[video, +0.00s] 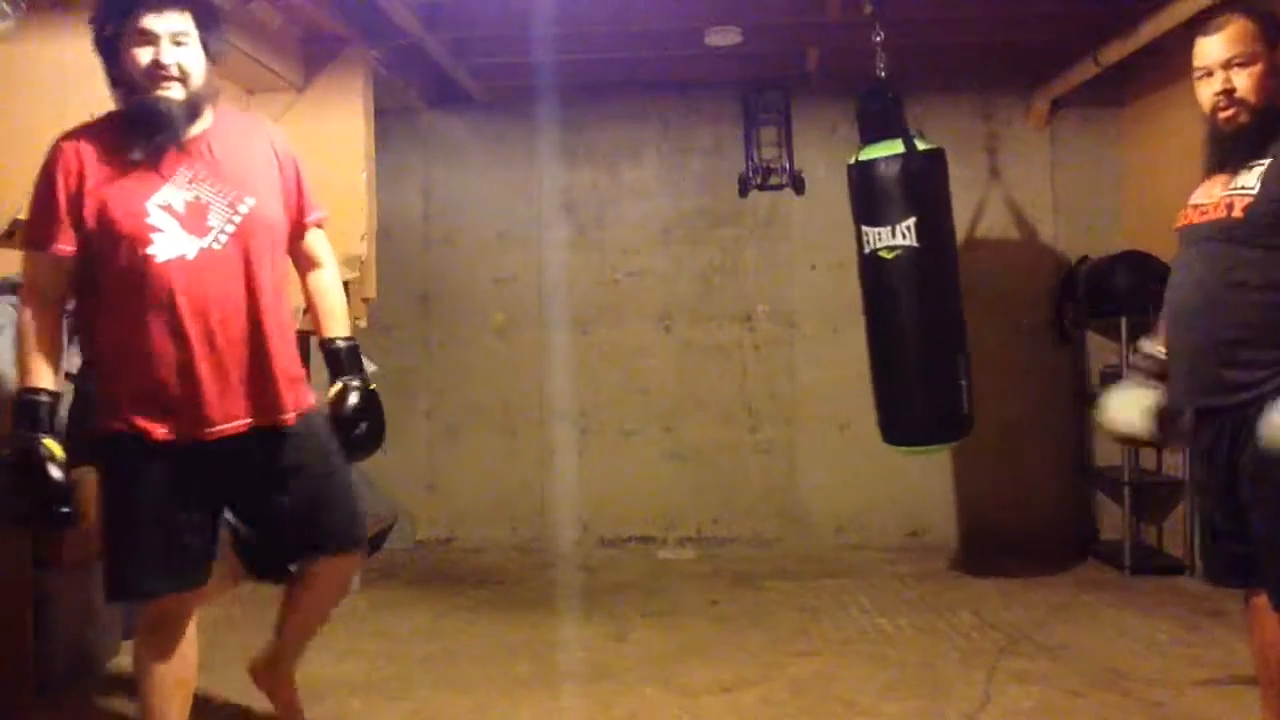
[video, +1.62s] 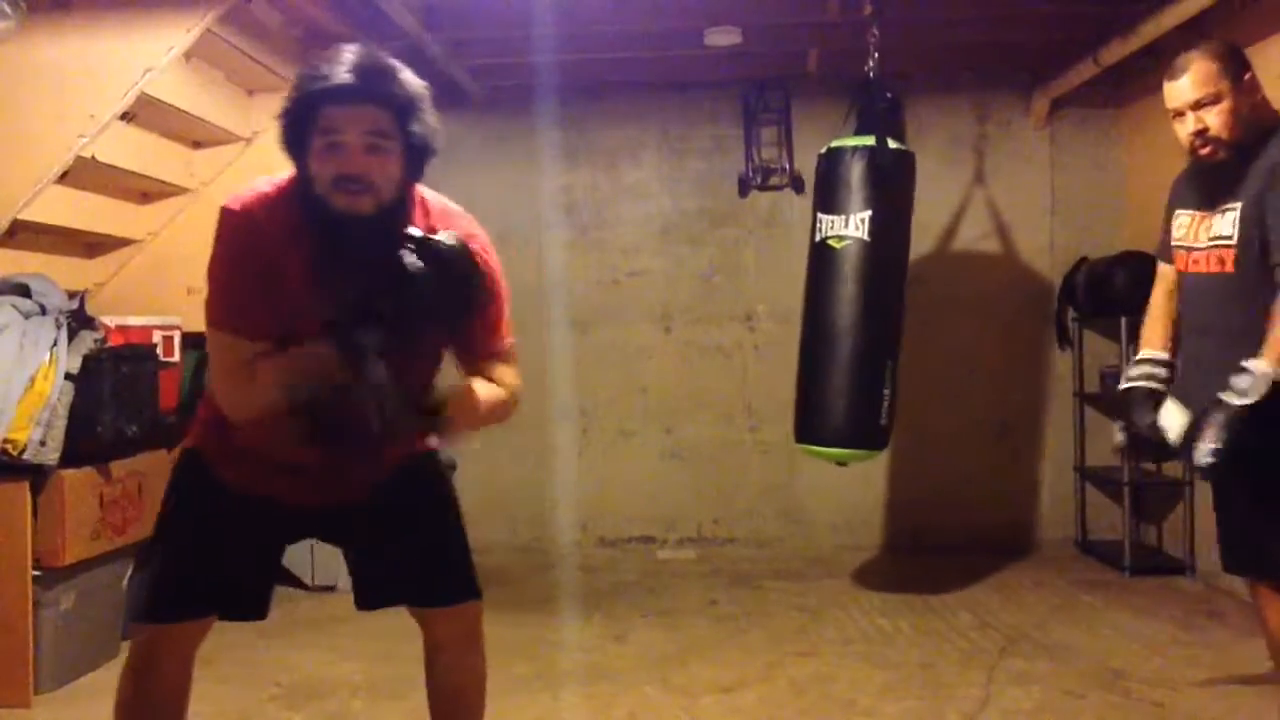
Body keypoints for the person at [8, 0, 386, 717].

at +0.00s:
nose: (165, 55)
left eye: (181, 40)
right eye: (145, 41)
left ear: (207, 54)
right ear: (113, 56)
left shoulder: (260, 142)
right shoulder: (80, 158)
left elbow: (316, 258)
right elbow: (43, 300)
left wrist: (349, 368)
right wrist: (39, 422)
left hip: (271, 408)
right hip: (148, 426)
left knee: (338, 545)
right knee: (167, 604)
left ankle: (280, 662)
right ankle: (163, 718)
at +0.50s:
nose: (170, 74)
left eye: (188, 53)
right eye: (149, 55)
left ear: (221, 62)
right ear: (120, 68)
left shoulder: (283, 152)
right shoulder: (83, 175)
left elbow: (345, 275)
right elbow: (47, 317)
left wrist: (369, 395)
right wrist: (33, 443)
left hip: (283, 439)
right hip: (148, 456)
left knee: (346, 598)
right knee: (142, 639)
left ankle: (363, 715)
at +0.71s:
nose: (229, 101)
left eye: (250, 81)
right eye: (208, 82)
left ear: (288, 88)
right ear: (180, 92)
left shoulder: (342, 176)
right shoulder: (145, 186)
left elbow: (407, 303)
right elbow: (96, 318)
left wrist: (423, 431)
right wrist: (82, 446)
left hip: (327, 460)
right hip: (191, 467)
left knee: (398, 622)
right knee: (158, 641)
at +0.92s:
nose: (334, 130)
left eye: (356, 111)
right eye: (312, 109)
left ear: (388, 121)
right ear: (279, 115)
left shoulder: (432, 203)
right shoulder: (233, 206)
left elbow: (499, 334)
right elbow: (177, 329)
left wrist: (503, 460)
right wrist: (153, 461)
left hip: (400, 459)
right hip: (259, 462)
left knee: (451, 617)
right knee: (198, 631)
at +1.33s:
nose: (423, 158)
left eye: (446, 140)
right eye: (402, 136)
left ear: (477, 153)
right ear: (369, 143)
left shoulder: (506, 243)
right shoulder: (298, 223)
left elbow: (533, 358)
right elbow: (226, 343)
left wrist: (507, 462)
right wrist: (245, 449)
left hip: (429, 468)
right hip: (290, 462)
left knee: (482, 617)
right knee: (212, 630)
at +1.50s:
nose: (387, 163)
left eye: (411, 145)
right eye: (365, 142)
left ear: (443, 158)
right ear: (333, 150)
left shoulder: (474, 244)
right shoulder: (272, 223)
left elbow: (522, 378)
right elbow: (228, 381)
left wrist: (480, 471)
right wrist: (344, 382)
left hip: (403, 466)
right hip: (260, 461)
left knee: (467, 616)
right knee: (183, 634)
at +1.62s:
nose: (353, 164)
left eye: (376, 144)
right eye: (332, 143)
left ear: (411, 155)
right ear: (301, 151)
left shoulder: (454, 237)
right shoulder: (253, 225)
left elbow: (501, 377)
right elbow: (235, 393)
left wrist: (450, 405)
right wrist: (341, 354)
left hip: (390, 460)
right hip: (245, 456)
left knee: (456, 619)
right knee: (161, 634)